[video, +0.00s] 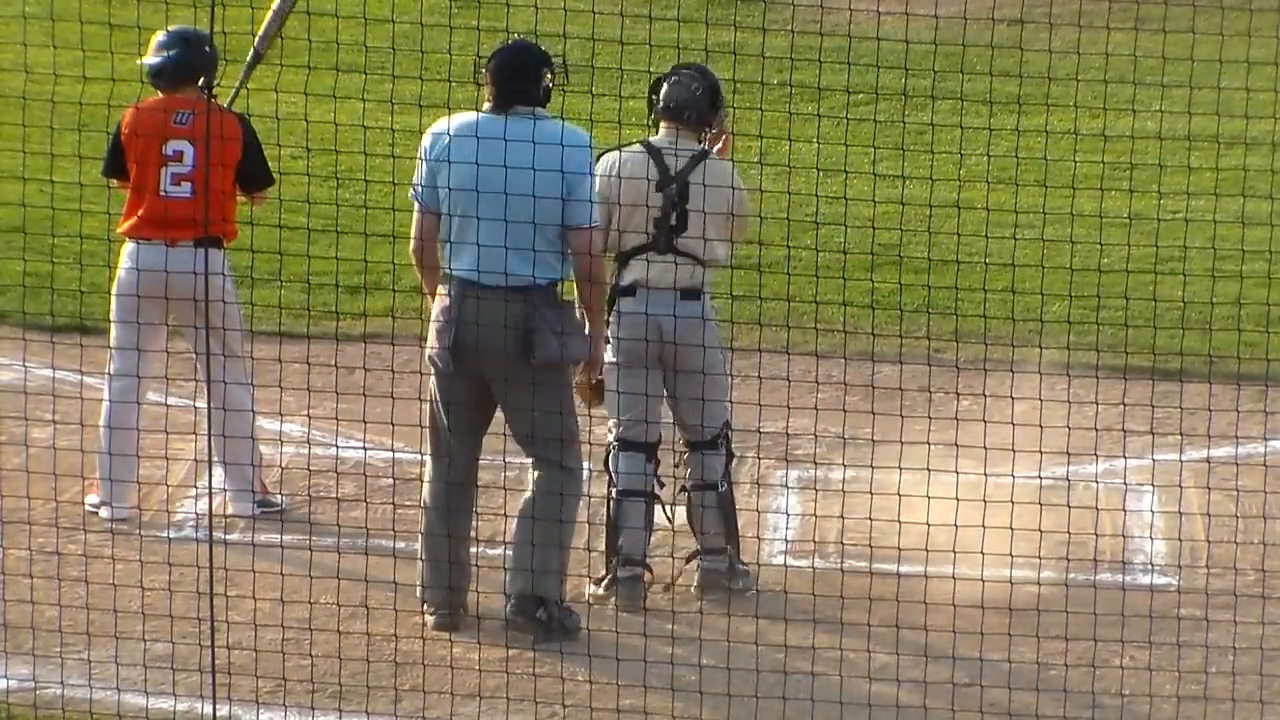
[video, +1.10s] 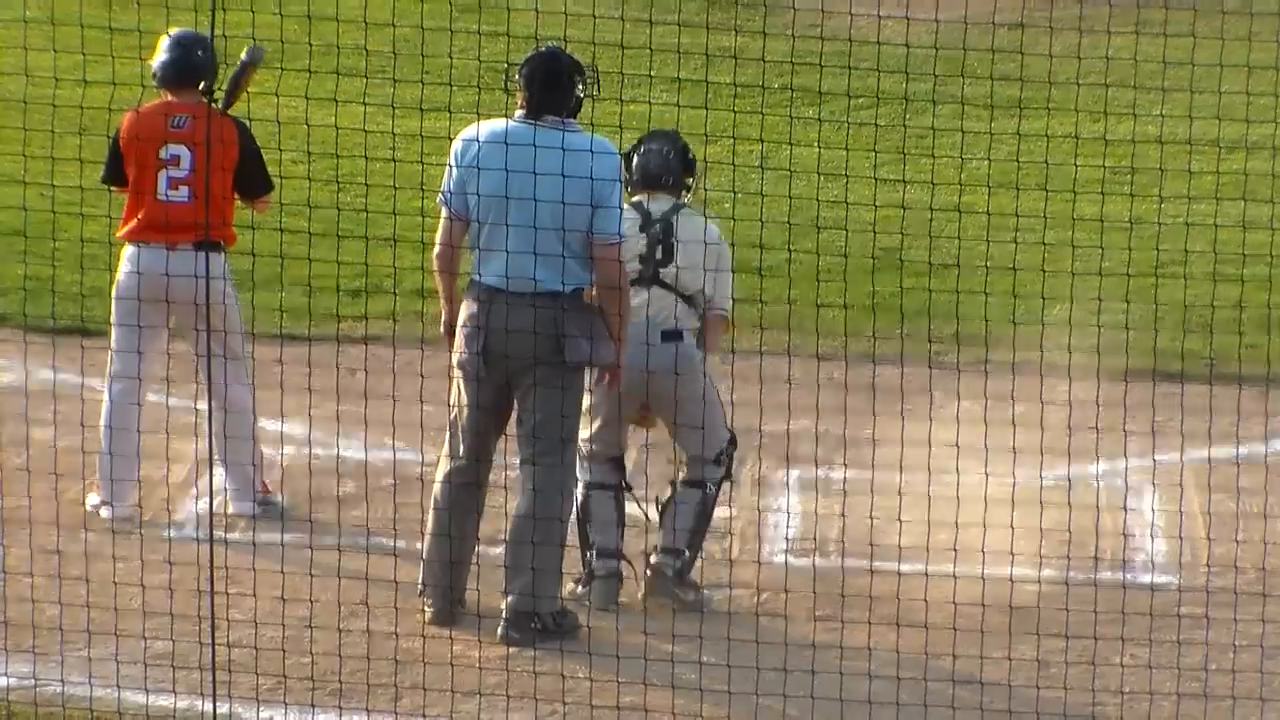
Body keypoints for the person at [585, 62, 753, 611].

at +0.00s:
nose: (718, 125)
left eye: (714, 118)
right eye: (717, 117)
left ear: (656, 112)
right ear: (710, 120)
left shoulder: (615, 165)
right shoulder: (722, 172)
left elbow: (593, 249)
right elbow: (737, 233)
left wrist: (591, 330)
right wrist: (716, 167)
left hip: (629, 315)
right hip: (692, 318)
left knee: (632, 441)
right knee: (708, 440)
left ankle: (627, 567)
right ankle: (716, 563)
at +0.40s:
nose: (709, 121)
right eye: (708, 114)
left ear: (650, 113)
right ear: (704, 117)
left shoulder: (619, 167)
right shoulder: (722, 171)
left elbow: (606, 246)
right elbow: (740, 234)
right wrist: (712, 161)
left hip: (634, 317)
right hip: (695, 319)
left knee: (633, 444)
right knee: (697, 445)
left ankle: (627, 569)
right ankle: (695, 574)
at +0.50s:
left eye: (657, 106)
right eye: (707, 110)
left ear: (655, 110)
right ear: (711, 114)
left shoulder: (626, 167)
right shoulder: (732, 176)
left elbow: (611, 249)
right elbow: (743, 254)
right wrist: (688, 237)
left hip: (639, 319)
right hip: (702, 322)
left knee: (630, 442)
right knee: (700, 446)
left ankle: (623, 571)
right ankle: (697, 576)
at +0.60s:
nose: (656, 118)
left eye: (658, 110)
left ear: (659, 113)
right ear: (714, 118)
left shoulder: (631, 171)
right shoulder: (737, 178)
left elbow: (613, 251)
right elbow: (751, 259)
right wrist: (700, 240)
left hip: (643, 318)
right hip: (707, 320)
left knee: (623, 436)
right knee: (704, 446)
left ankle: (610, 560)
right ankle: (698, 575)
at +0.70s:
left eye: (658, 113)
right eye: (712, 116)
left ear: (658, 116)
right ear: (713, 120)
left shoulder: (629, 172)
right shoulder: (737, 181)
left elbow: (610, 254)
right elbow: (750, 269)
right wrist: (711, 246)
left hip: (641, 316)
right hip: (707, 320)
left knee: (619, 432)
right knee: (703, 446)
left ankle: (602, 561)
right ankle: (696, 576)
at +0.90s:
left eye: (643, 122)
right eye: (693, 127)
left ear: (642, 125)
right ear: (699, 130)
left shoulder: (614, 174)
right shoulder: (719, 184)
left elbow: (590, 248)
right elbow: (744, 269)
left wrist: (604, 306)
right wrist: (706, 312)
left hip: (621, 313)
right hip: (687, 320)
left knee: (613, 440)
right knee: (699, 446)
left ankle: (602, 567)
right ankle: (696, 574)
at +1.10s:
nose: (684, 180)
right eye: (685, 173)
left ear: (631, 176)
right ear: (684, 178)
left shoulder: (605, 221)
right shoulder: (707, 232)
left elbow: (587, 299)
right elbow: (715, 318)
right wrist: (690, 376)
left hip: (612, 353)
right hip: (675, 357)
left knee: (602, 455)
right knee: (711, 452)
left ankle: (603, 572)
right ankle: (670, 567)